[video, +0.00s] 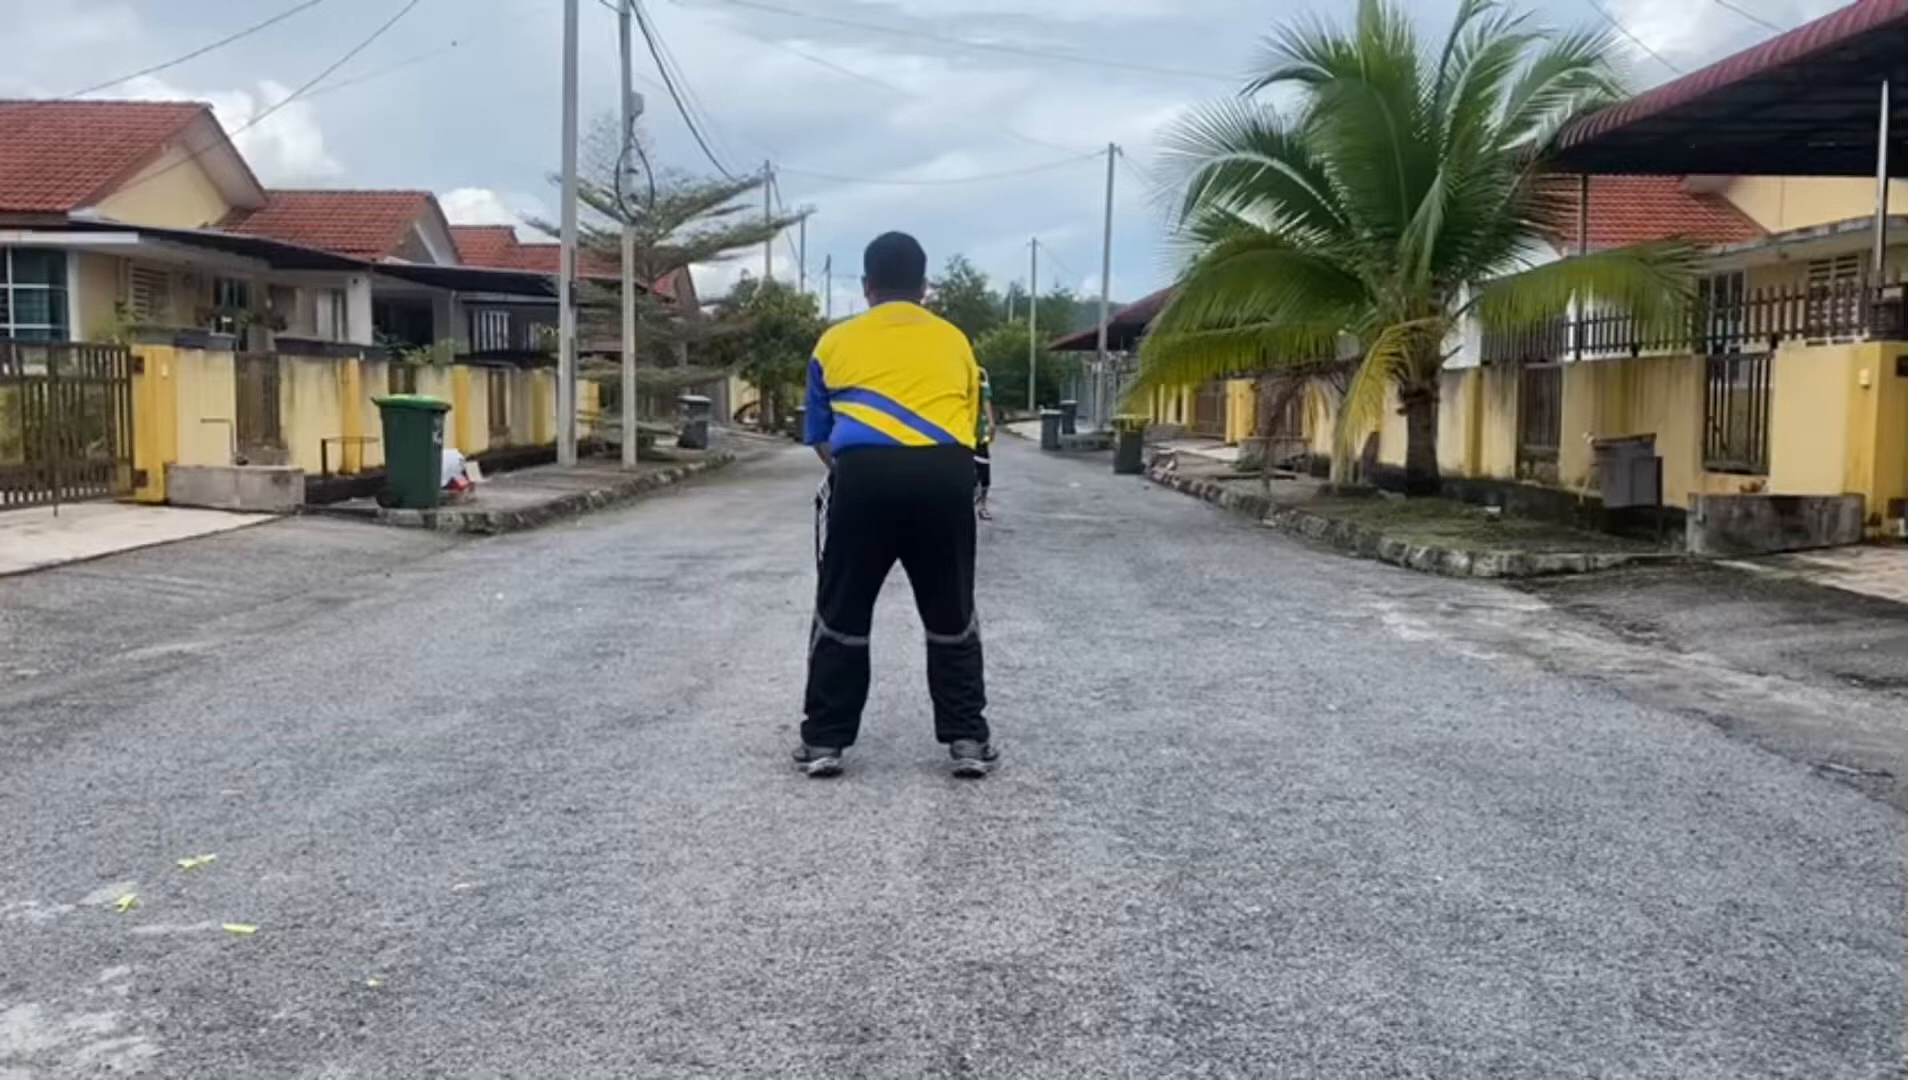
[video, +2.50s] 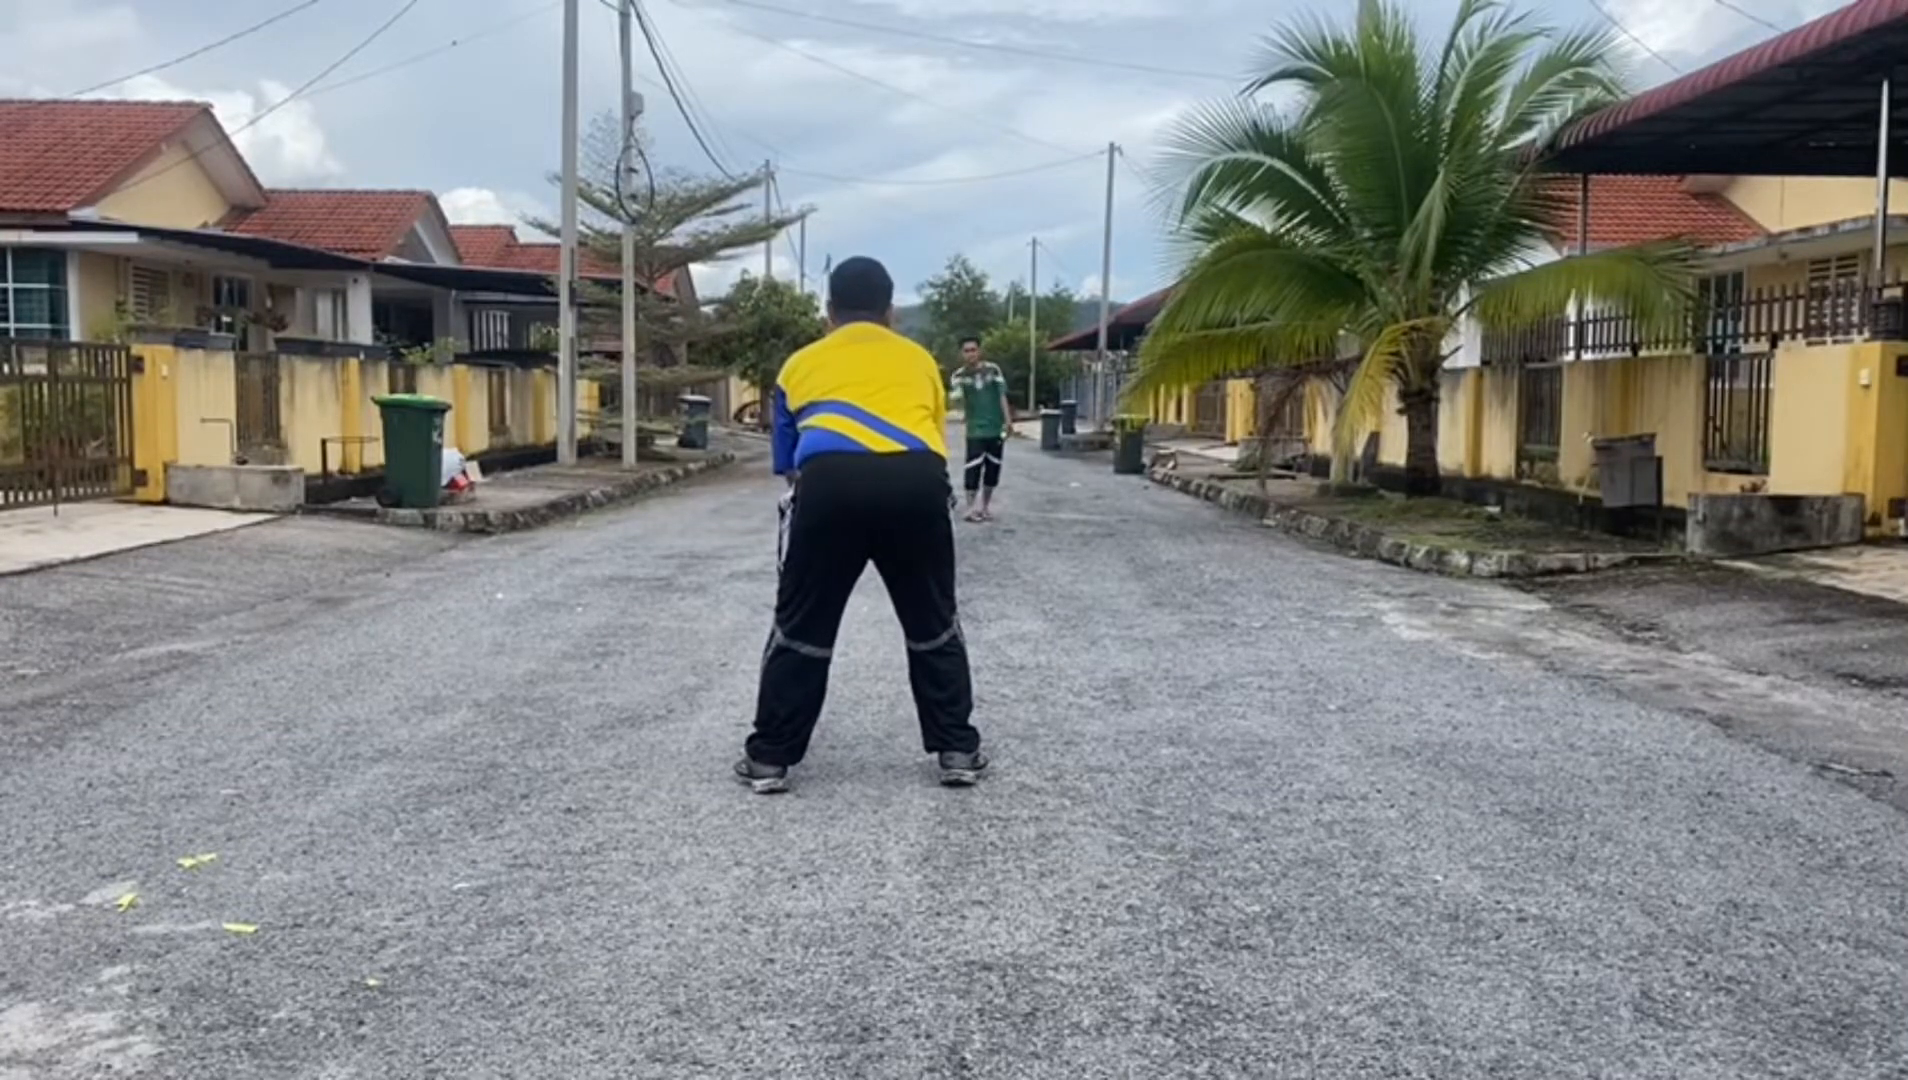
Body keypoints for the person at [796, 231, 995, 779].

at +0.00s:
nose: (868, 291)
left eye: (867, 283)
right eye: (919, 284)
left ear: (867, 286)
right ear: (924, 286)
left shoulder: (836, 341)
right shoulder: (954, 339)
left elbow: (819, 433)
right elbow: (971, 424)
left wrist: (853, 473)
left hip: (864, 480)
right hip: (945, 478)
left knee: (843, 612)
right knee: (951, 614)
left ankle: (826, 741)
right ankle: (966, 737)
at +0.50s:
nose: (841, 317)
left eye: (841, 310)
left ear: (843, 312)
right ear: (898, 310)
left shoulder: (815, 363)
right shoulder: (932, 359)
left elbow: (797, 455)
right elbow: (951, 440)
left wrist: (813, 486)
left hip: (844, 489)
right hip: (928, 485)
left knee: (812, 621)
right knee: (946, 618)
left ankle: (771, 755)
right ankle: (969, 743)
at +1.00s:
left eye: (821, 328)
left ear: (825, 330)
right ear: (881, 331)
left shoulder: (794, 379)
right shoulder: (912, 374)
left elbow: (779, 475)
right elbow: (929, 448)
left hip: (823, 484)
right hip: (908, 482)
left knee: (794, 622)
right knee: (930, 621)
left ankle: (768, 756)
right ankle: (956, 749)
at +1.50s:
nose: (829, 328)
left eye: (831, 321)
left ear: (836, 320)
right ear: (893, 320)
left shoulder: (809, 367)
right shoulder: (925, 366)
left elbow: (787, 458)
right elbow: (941, 443)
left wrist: (792, 494)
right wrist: (933, 491)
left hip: (828, 479)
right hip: (914, 479)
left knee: (802, 622)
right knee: (931, 620)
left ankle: (769, 757)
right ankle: (957, 750)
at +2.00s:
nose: (830, 317)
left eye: (832, 310)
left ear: (835, 311)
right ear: (893, 310)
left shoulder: (806, 363)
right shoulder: (924, 359)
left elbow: (787, 459)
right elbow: (939, 441)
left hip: (829, 484)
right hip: (915, 483)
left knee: (802, 623)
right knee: (933, 620)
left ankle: (769, 756)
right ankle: (957, 750)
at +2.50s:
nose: (895, 315)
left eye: (830, 309)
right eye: (892, 307)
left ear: (830, 310)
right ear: (889, 309)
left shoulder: (800, 363)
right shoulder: (921, 359)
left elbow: (784, 460)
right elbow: (935, 437)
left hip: (830, 487)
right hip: (915, 485)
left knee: (802, 625)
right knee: (932, 621)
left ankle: (769, 758)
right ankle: (957, 751)